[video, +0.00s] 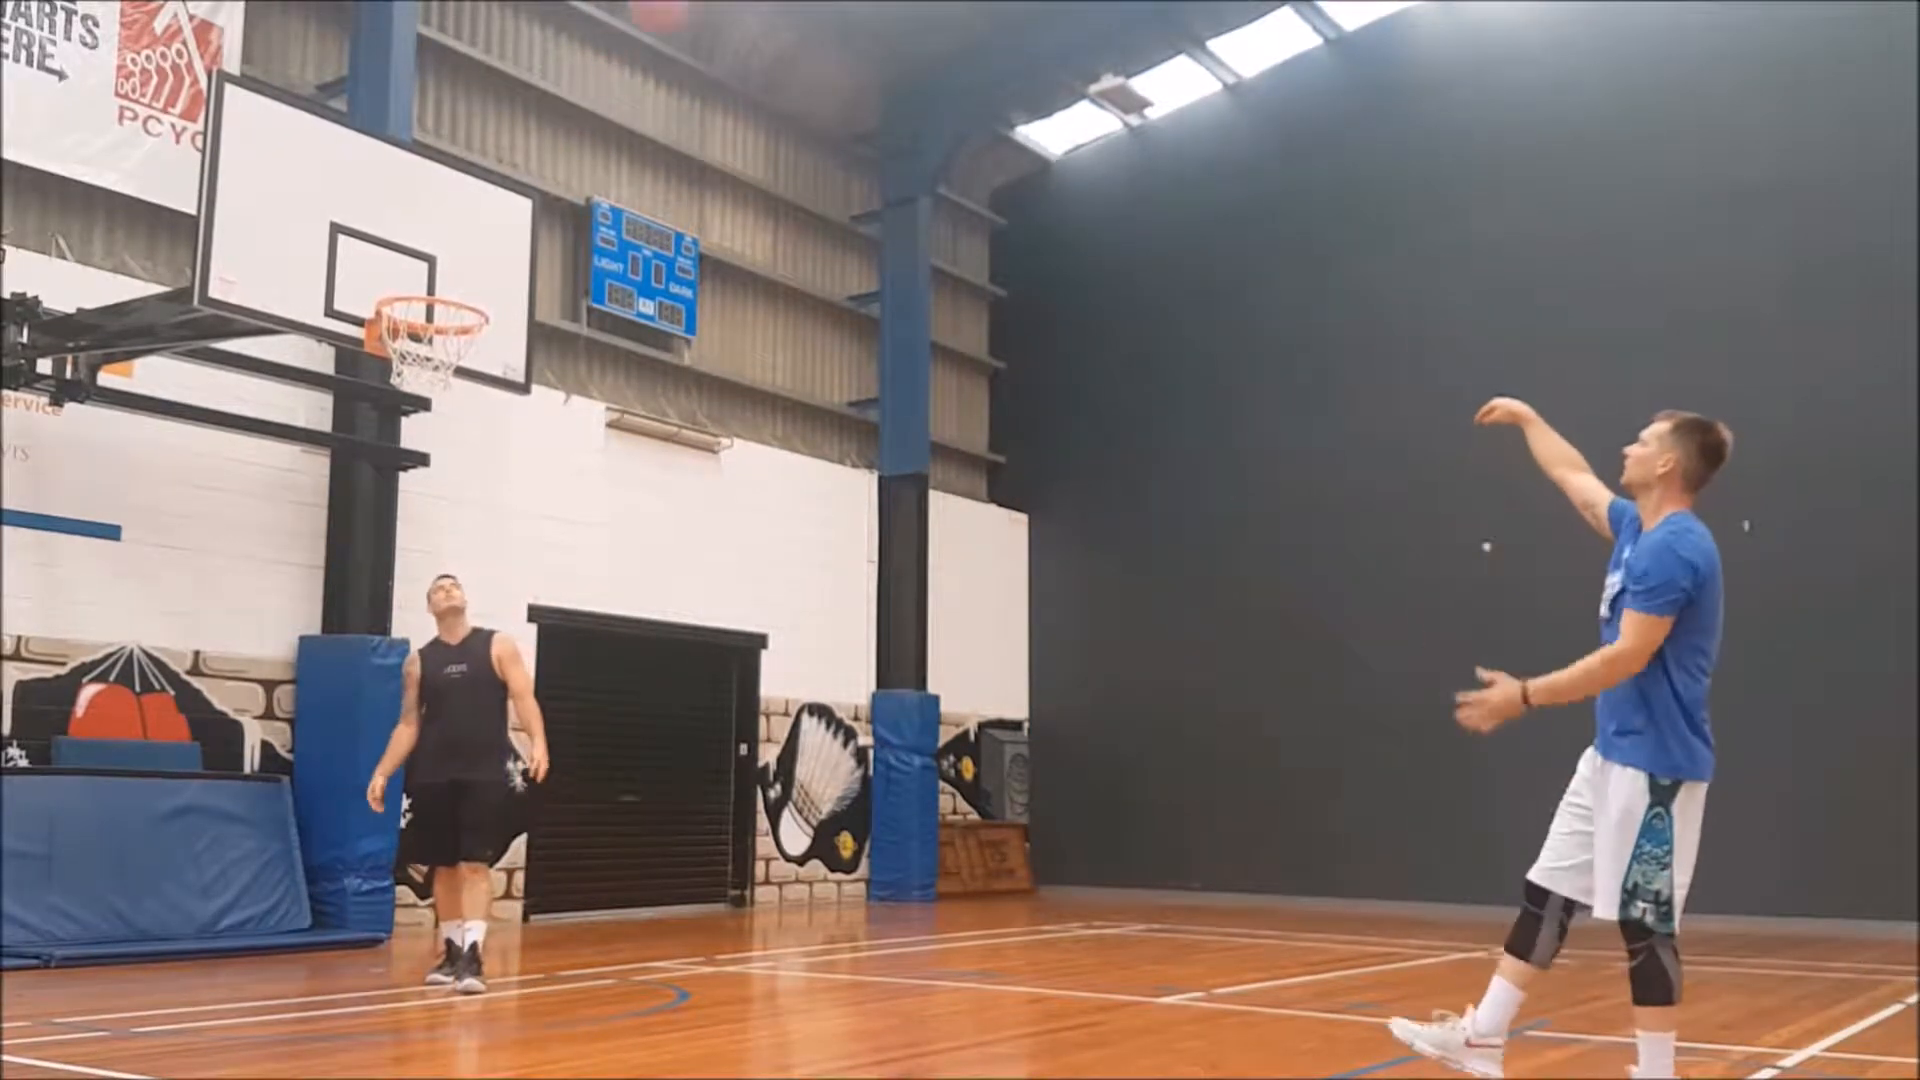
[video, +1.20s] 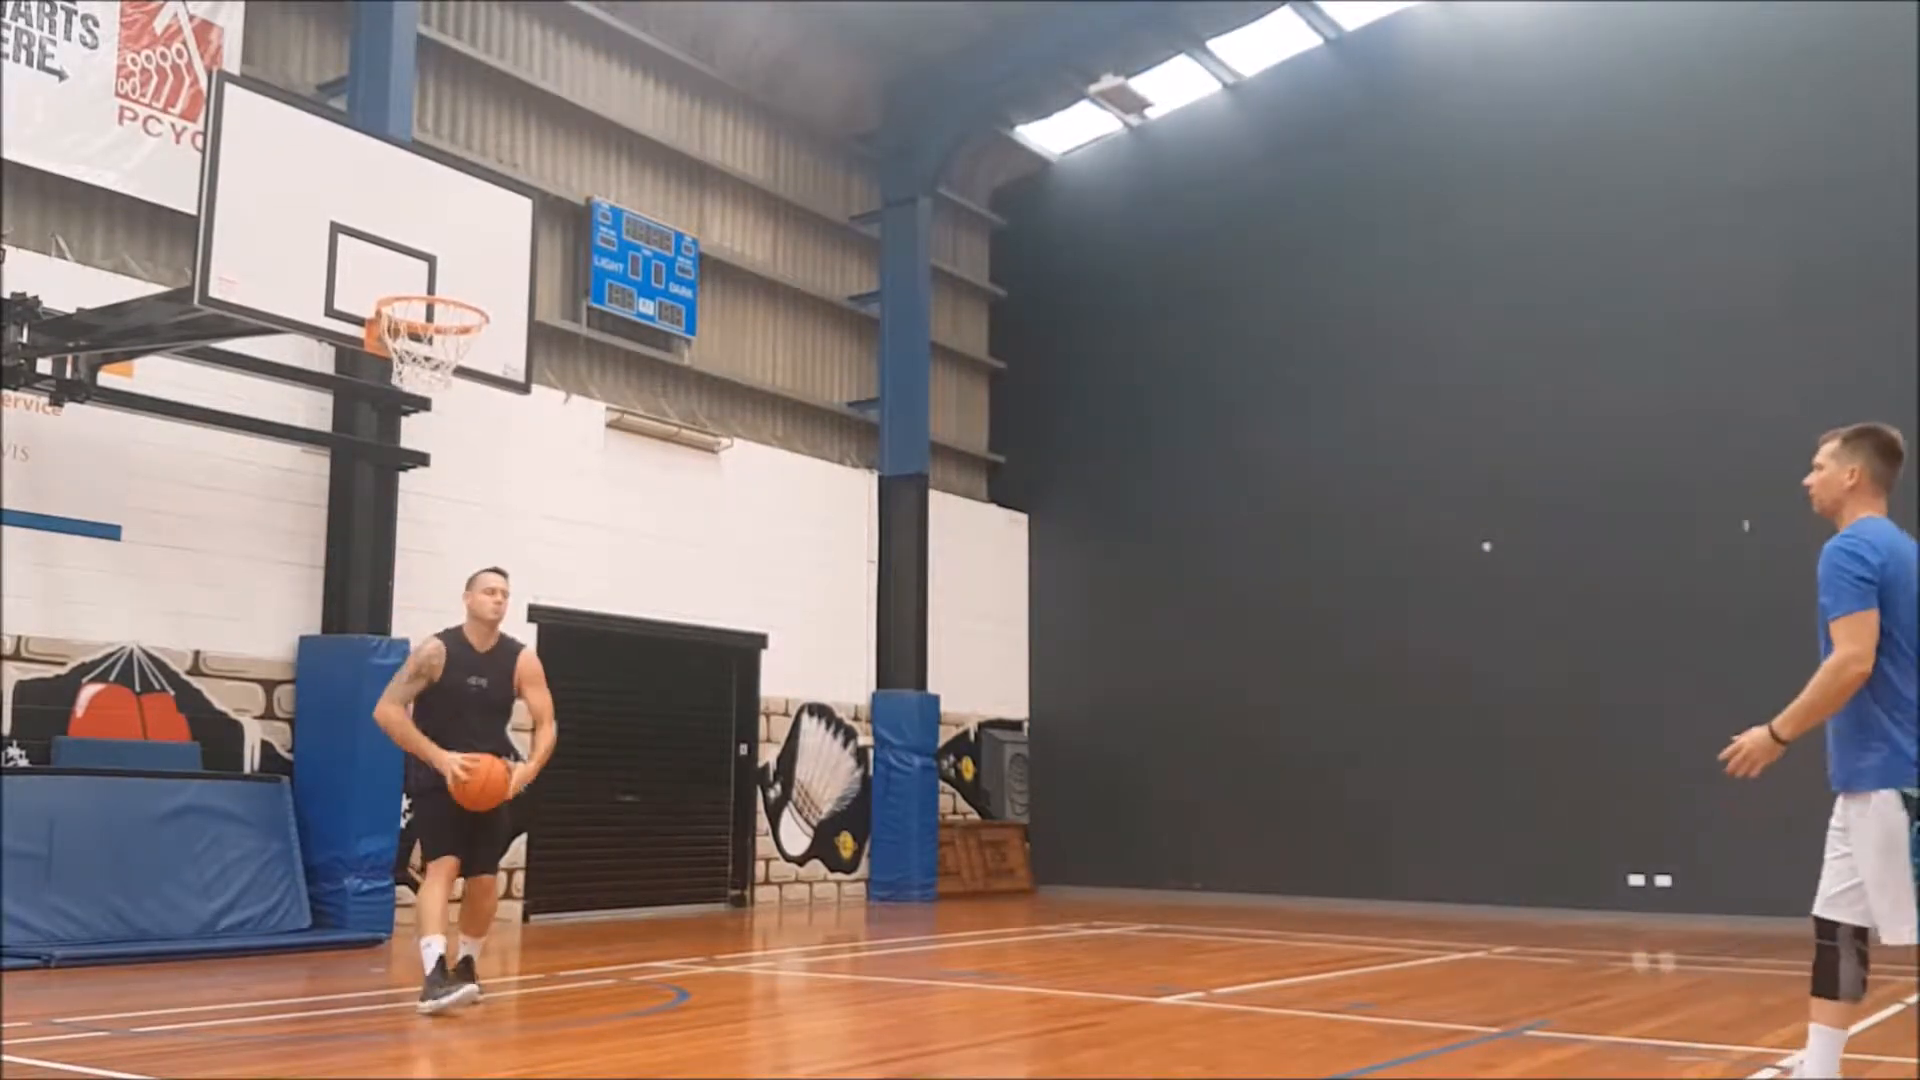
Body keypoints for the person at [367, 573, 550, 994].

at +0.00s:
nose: (447, 589)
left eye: (453, 586)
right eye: (439, 588)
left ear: (467, 601)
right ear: (429, 608)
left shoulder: (498, 645)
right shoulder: (419, 659)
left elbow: (524, 697)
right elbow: (409, 724)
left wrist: (538, 741)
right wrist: (382, 773)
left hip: (485, 773)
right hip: (433, 776)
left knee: (474, 863)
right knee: (444, 866)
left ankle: (472, 958)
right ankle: (451, 955)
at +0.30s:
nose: (443, 592)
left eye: (448, 588)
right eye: (435, 591)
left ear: (461, 603)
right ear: (425, 610)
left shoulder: (494, 643)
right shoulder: (415, 661)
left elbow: (534, 696)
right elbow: (403, 725)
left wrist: (519, 678)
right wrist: (389, 704)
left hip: (483, 769)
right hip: (433, 773)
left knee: (470, 854)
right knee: (442, 863)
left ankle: (468, 956)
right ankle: (449, 955)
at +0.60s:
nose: (450, 591)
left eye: (458, 589)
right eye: (443, 591)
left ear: (472, 608)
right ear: (434, 613)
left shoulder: (493, 641)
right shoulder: (420, 658)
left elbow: (536, 675)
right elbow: (369, 691)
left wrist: (513, 632)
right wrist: (365, 635)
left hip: (484, 771)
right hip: (432, 775)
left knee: (471, 855)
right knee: (440, 869)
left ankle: (468, 959)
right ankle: (450, 955)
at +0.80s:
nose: (460, 595)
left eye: (468, 588)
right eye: (454, 589)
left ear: (484, 600)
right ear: (445, 601)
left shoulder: (503, 645)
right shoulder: (432, 648)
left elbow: (511, 669)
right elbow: (381, 666)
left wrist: (479, 631)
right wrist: (397, 618)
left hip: (488, 771)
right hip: (434, 771)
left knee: (476, 863)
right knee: (426, 867)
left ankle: (465, 962)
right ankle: (439, 935)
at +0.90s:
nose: (468, 594)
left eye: (477, 587)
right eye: (462, 587)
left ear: (492, 598)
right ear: (452, 596)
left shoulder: (508, 641)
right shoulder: (436, 644)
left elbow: (492, 677)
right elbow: (417, 676)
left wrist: (452, 683)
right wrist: (411, 667)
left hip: (493, 771)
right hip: (436, 770)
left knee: (477, 865)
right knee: (421, 874)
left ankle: (466, 965)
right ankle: (432, 929)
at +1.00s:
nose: (477, 593)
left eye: (486, 587)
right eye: (470, 586)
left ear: (498, 597)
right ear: (458, 593)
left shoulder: (513, 650)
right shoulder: (429, 645)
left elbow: (510, 712)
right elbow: (398, 695)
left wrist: (476, 744)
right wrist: (404, 720)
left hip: (495, 768)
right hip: (437, 765)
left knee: (481, 864)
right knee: (429, 853)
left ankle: (466, 966)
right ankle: (423, 957)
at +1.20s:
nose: (499, 600)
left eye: (504, 595)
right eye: (489, 592)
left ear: (508, 605)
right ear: (467, 599)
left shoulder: (522, 660)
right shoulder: (436, 652)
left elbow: (546, 725)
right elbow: (386, 711)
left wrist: (530, 768)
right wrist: (438, 757)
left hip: (495, 779)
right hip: (438, 776)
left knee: (484, 876)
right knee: (444, 863)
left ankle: (465, 968)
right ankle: (434, 975)